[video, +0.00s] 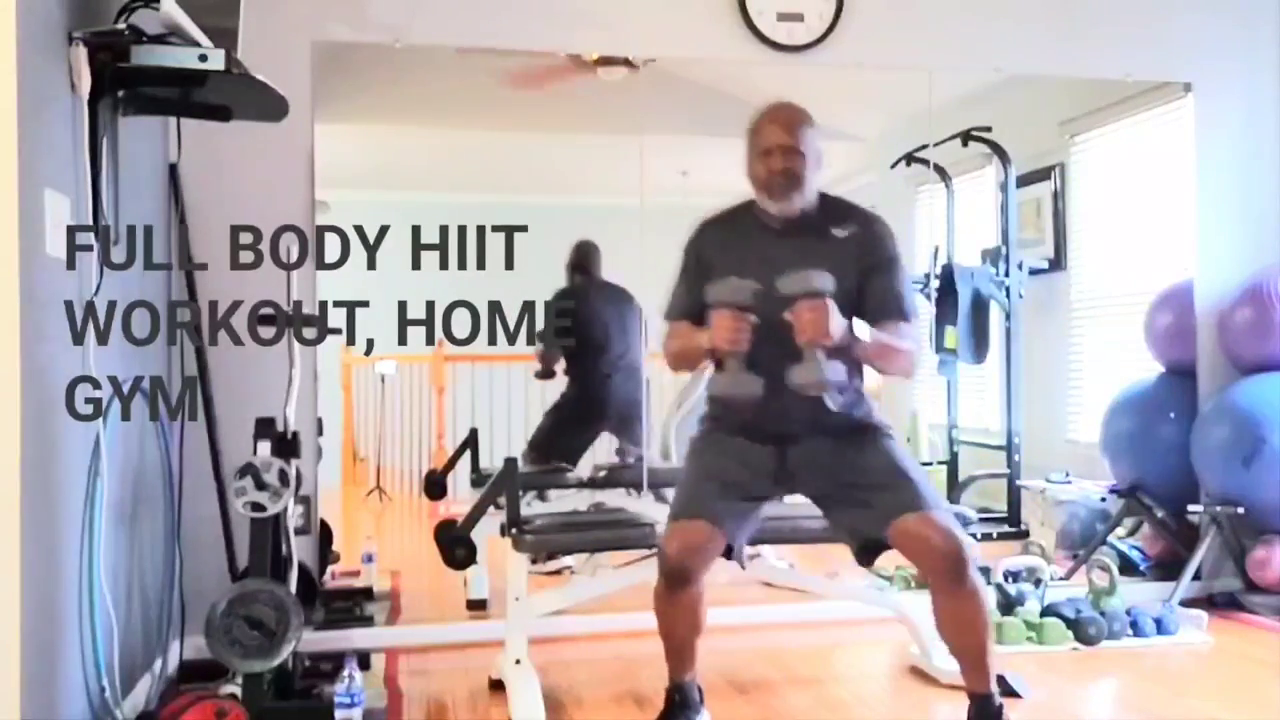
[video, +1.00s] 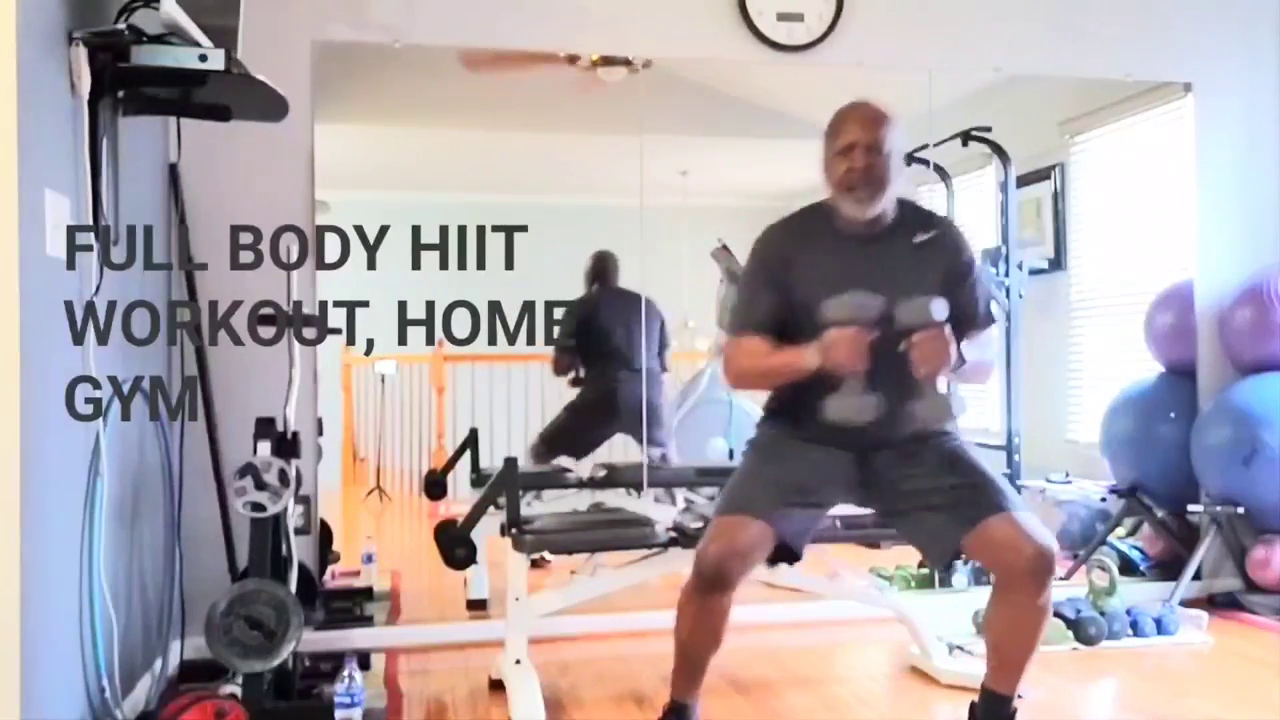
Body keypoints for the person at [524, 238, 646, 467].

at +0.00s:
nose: (572, 269)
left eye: (572, 265)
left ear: (571, 266)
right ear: (598, 266)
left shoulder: (566, 299)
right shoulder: (626, 299)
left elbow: (551, 352)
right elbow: (638, 348)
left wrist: (547, 369)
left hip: (587, 397)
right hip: (631, 396)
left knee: (536, 459)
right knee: (637, 462)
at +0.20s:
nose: (587, 248)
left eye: (588, 243)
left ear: (591, 245)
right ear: (618, 244)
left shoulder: (590, 276)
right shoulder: (649, 276)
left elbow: (575, 329)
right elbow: (671, 329)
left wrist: (561, 345)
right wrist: (638, 327)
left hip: (608, 375)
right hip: (650, 375)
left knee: (565, 448)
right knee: (657, 448)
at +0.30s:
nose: (593, 232)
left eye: (595, 228)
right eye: (595, 228)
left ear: (599, 227)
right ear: (625, 226)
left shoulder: (600, 255)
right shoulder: (659, 254)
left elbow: (591, 303)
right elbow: (692, 301)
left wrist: (570, 321)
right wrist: (664, 314)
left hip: (617, 356)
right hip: (657, 357)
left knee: (580, 434)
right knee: (659, 436)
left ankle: (578, 496)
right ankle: (676, 498)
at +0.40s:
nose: (598, 226)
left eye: (600, 221)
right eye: (600, 222)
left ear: (605, 222)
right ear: (631, 221)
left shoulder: (605, 246)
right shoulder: (662, 247)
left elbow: (605, 282)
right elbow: (708, 281)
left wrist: (575, 318)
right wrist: (678, 310)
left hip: (622, 356)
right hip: (662, 357)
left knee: (593, 436)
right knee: (661, 435)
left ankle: (602, 479)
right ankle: (682, 500)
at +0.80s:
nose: (605, 236)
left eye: (607, 232)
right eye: (607, 231)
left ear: (612, 232)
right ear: (639, 231)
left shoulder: (602, 264)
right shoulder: (671, 263)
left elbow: (584, 318)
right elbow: (689, 315)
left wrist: (589, 340)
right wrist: (658, 319)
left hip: (617, 365)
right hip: (661, 365)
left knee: (573, 440)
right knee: (669, 444)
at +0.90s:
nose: (602, 258)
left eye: (602, 254)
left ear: (603, 256)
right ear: (630, 256)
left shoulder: (595, 289)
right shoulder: (660, 289)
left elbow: (579, 345)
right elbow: (674, 347)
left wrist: (586, 358)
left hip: (613, 384)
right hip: (656, 383)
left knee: (557, 452)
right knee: (669, 451)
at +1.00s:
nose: (589, 274)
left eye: (590, 271)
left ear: (590, 275)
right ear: (616, 274)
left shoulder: (582, 307)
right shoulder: (648, 306)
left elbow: (562, 365)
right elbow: (662, 364)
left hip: (602, 397)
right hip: (648, 399)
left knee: (540, 454)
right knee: (666, 462)